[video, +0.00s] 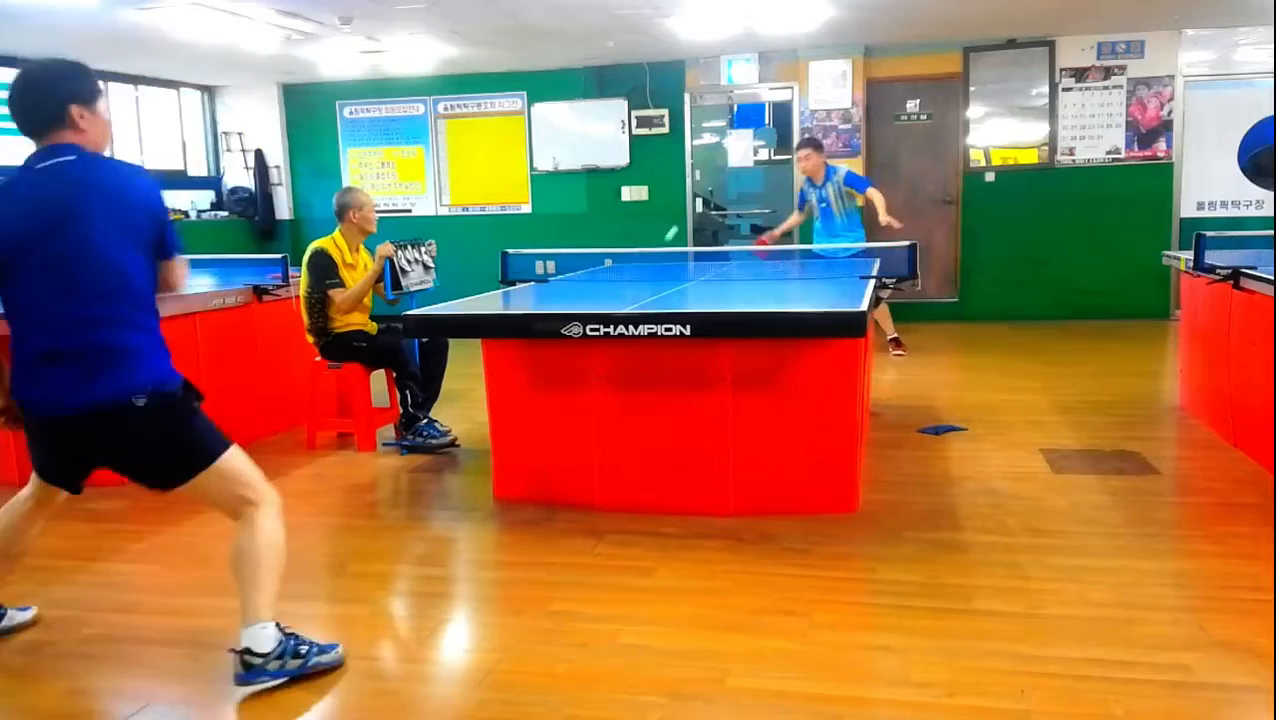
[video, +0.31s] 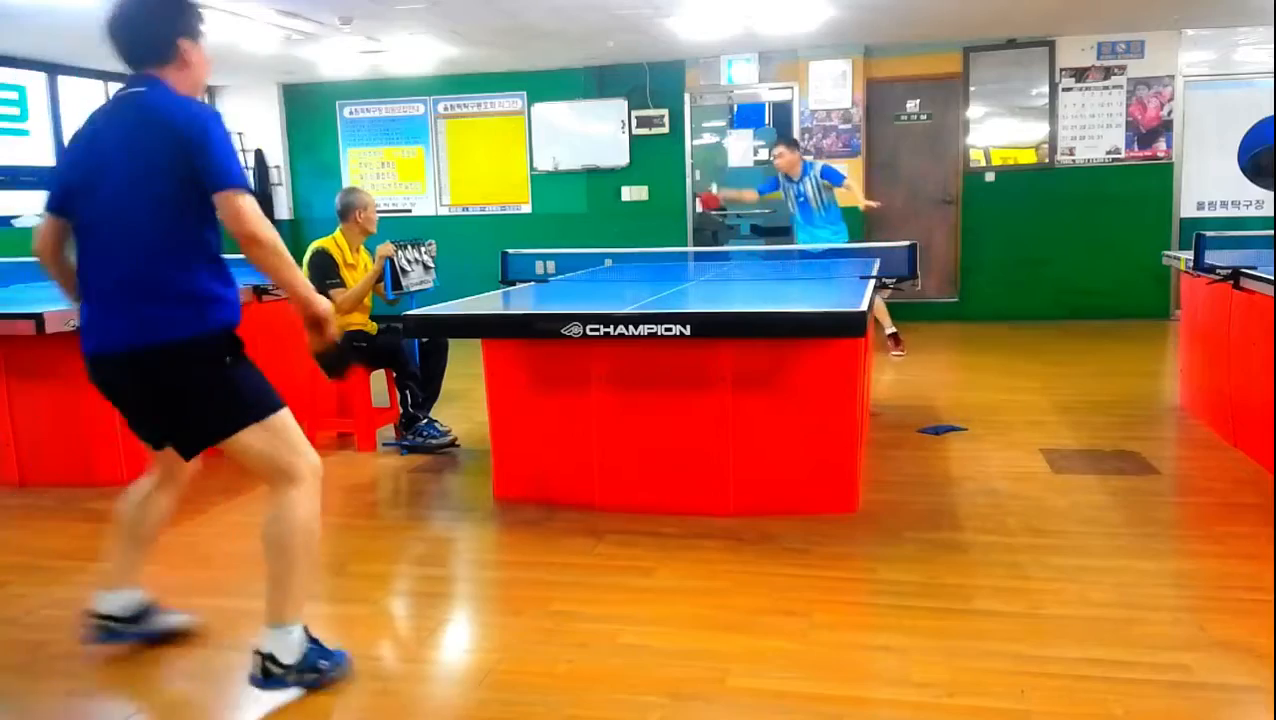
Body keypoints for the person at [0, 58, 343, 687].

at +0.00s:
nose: (108, 121)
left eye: (103, 109)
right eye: (102, 109)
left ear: (32, 126)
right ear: (77, 116)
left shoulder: (6, 197)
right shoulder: (129, 183)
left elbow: (8, 307)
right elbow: (173, 278)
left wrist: (5, 394)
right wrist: (96, 278)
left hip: (45, 400)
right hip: (134, 394)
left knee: (42, 491)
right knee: (256, 501)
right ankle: (262, 642)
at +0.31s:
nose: (208, 57)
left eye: (202, 42)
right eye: (202, 41)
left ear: (132, 55)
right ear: (182, 49)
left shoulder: (90, 133)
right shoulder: (194, 121)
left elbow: (49, 244)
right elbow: (244, 224)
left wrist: (97, 299)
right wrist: (307, 295)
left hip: (110, 347)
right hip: (188, 340)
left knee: (172, 462)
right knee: (297, 470)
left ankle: (117, 603)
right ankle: (286, 645)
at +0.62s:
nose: (350, 106)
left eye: (349, 93)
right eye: (346, 93)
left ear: (291, 98)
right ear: (320, 95)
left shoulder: (265, 162)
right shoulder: (270, 170)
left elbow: (265, 292)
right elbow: (236, 295)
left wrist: (338, 341)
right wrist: (315, 399)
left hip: (199, 384)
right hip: (223, 388)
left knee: (255, 490)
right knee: (362, 508)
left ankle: (167, 617)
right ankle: (354, 695)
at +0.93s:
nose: (462, 72)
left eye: (460, 53)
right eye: (456, 52)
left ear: (415, 55)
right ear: (422, 52)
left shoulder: (395, 155)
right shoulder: (312, 140)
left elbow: (387, 259)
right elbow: (204, 220)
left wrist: (467, 279)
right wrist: (192, 307)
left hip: (360, 386)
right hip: (316, 391)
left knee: (323, 505)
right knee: (449, 548)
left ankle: (233, 611)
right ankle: (378, 710)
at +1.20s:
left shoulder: (284, 35)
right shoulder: (429, 3)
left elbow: (290, 193)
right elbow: (493, 25)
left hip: (348, 249)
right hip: (449, 234)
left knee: (349, 350)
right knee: (503, 456)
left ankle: (308, 482)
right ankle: (419, 622)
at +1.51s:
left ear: (382, 75)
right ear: (459, 65)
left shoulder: (378, 186)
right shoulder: (530, 149)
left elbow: (357, 332)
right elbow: (615, 236)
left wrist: (374, 392)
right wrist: (564, 288)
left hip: (468, 427)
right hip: (568, 402)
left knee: (381, 590)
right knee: (630, 523)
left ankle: (388, 712)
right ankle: (725, 649)